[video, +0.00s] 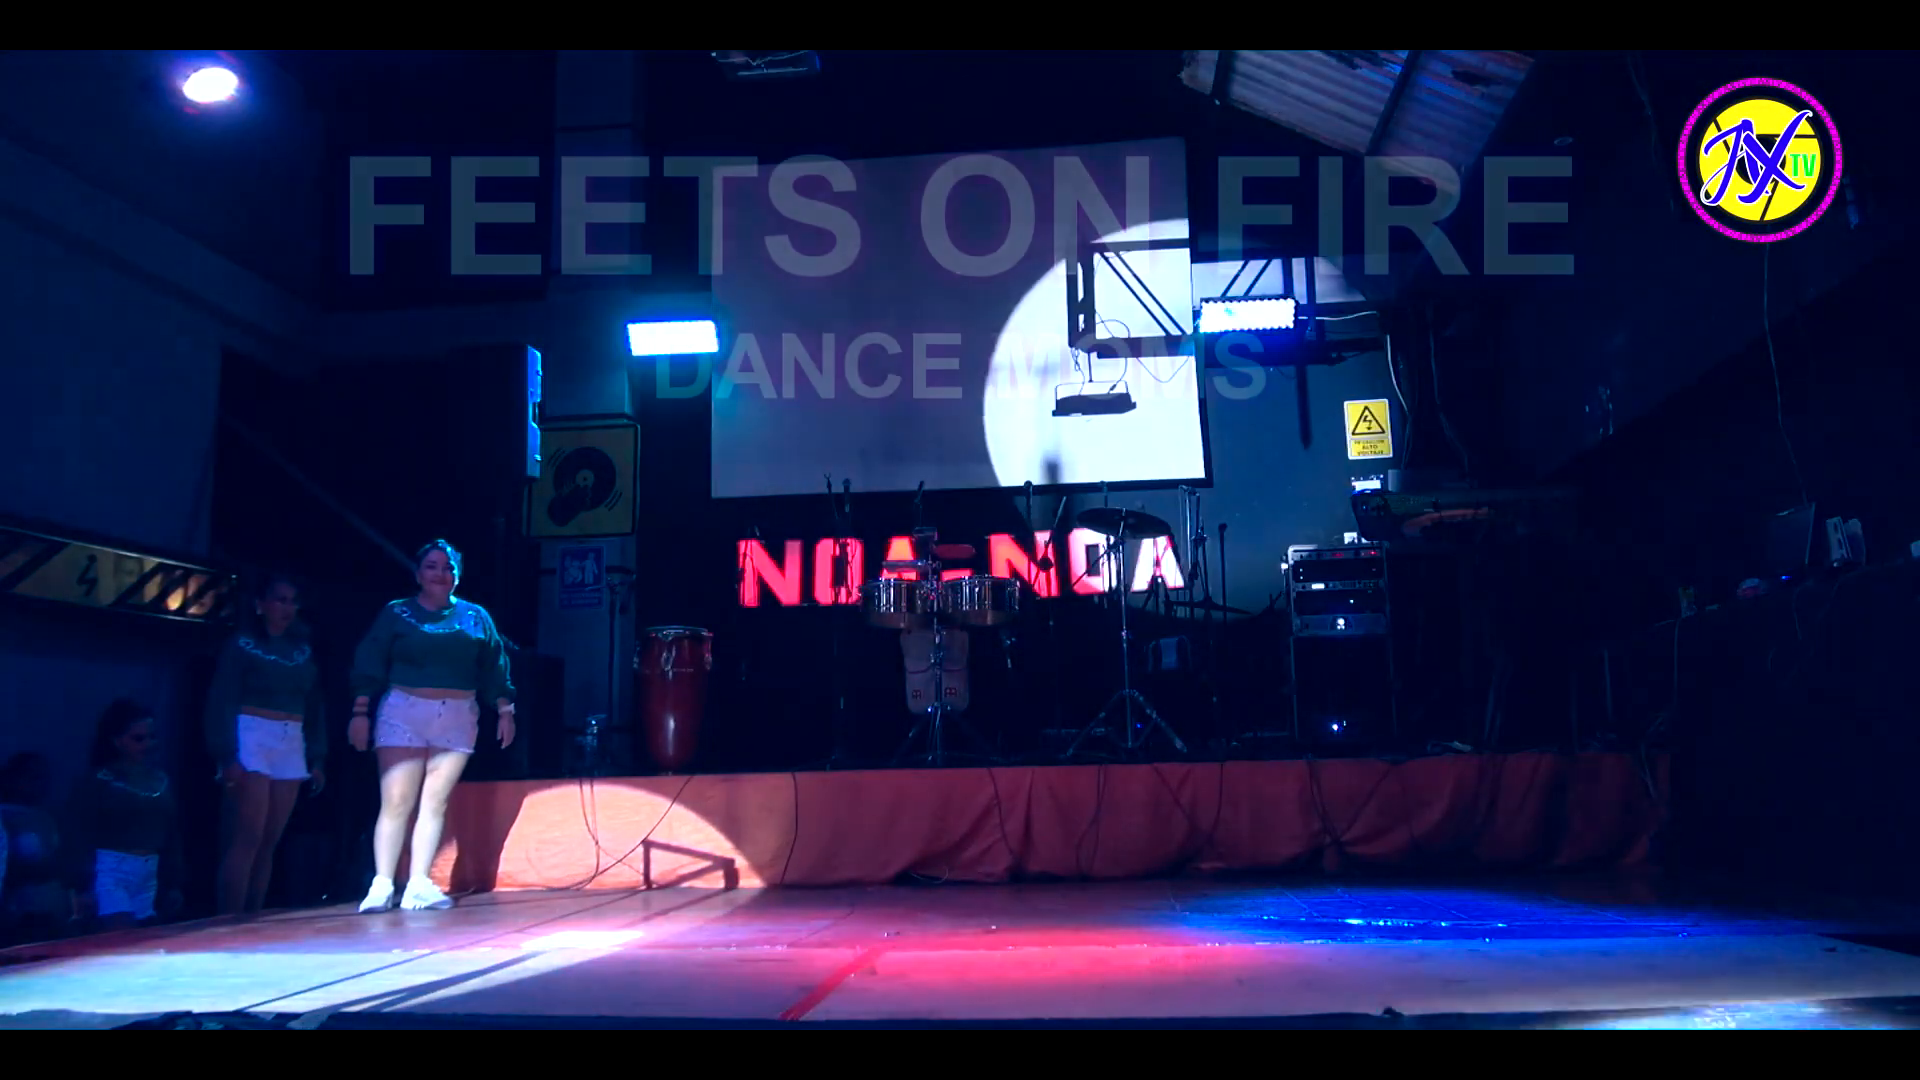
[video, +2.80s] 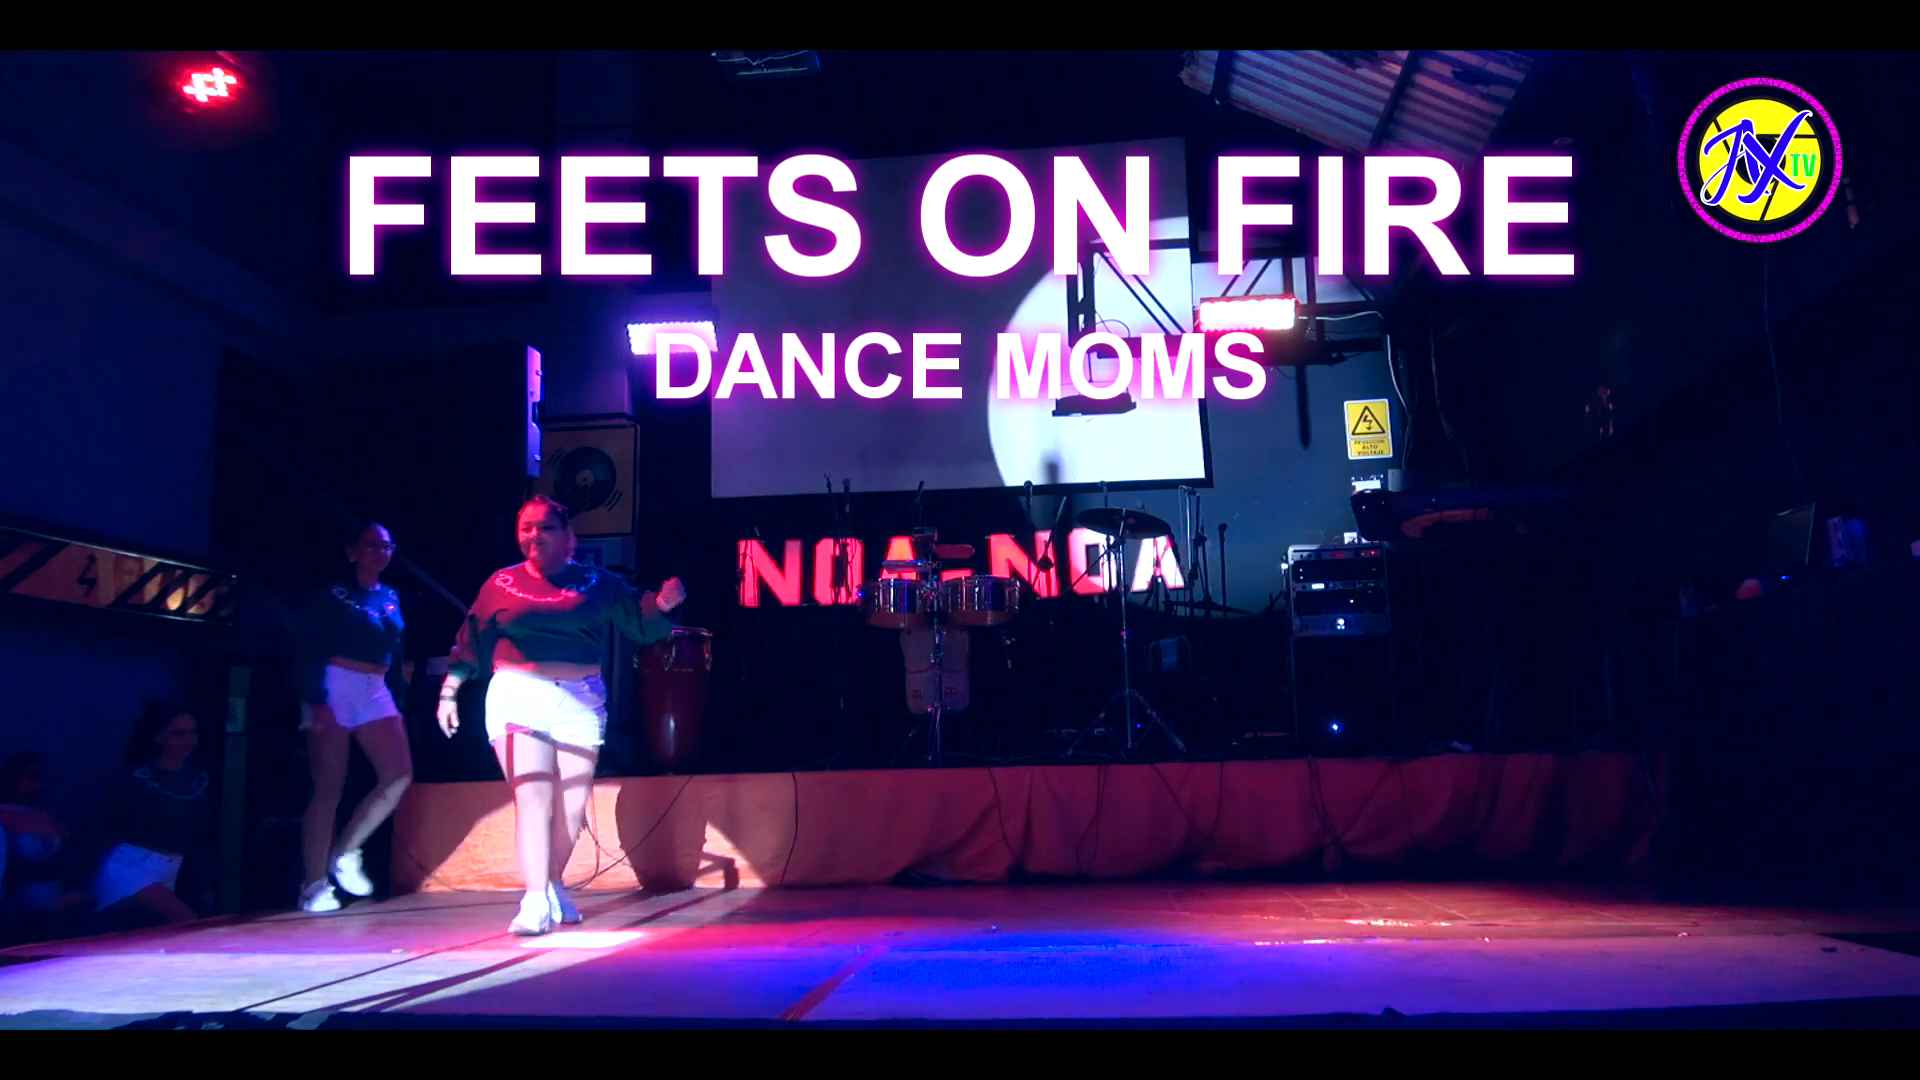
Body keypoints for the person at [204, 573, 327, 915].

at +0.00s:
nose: (286, 608)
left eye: (291, 601)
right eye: (279, 600)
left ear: (298, 607)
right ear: (262, 603)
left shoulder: (303, 651)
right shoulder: (244, 643)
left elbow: (314, 708)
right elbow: (223, 700)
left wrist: (316, 757)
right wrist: (227, 755)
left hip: (293, 734)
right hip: (253, 730)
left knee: (272, 837)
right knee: (250, 832)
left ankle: (254, 915)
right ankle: (231, 916)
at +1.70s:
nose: (295, 610)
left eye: (299, 603)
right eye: (288, 602)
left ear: (304, 609)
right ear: (269, 606)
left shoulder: (310, 652)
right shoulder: (249, 647)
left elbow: (322, 708)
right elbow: (228, 699)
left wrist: (324, 760)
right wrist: (227, 750)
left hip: (300, 736)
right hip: (258, 733)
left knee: (293, 822)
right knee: (288, 813)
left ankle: (263, 906)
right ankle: (244, 894)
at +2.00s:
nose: (305, 610)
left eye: (309, 603)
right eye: (298, 602)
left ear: (313, 610)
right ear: (280, 606)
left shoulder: (320, 653)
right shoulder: (257, 647)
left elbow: (333, 710)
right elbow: (235, 699)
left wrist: (335, 758)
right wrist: (229, 750)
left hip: (308, 734)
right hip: (265, 730)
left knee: (288, 817)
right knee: (323, 783)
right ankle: (293, 873)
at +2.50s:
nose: (348, 577)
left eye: (353, 571)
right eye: (340, 571)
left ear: (360, 577)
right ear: (322, 577)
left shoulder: (365, 625)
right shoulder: (298, 617)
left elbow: (379, 682)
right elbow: (272, 676)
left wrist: (385, 730)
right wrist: (266, 735)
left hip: (343, 716)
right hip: (300, 707)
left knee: (330, 808)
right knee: (332, 795)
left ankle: (276, 897)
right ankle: (315, 887)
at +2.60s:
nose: (358, 565)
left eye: (363, 559)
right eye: (349, 559)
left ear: (369, 568)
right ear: (331, 566)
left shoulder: (372, 614)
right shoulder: (307, 604)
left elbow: (384, 670)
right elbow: (282, 663)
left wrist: (392, 716)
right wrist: (276, 722)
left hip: (353, 704)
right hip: (309, 695)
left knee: (359, 799)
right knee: (329, 789)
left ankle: (283, 867)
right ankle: (314, 886)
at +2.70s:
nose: (370, 558)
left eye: (374, 552)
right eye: (362, 552)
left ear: (379, 560)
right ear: (342, 558)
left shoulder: (380, 606)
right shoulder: (318, 598)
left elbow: (389, 665)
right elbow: (295, 657)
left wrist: (394, 711)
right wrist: (292, 713)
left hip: (364, 694)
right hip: (322, 688)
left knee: (378, 787)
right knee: (329, 789)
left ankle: (308, 841)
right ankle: (315, 885)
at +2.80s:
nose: (381, 552)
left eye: (385, 546)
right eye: (373, 545)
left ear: (391, 554)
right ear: (353, 551)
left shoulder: (388, 597)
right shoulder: (331, 591)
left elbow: (394, 655)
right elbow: (310, 646)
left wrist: (395, 702)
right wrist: (313, 701)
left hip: (375, 685)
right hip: (334, 681)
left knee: (398, 774)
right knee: (329, 787)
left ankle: (346, 853)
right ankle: (314, 884)